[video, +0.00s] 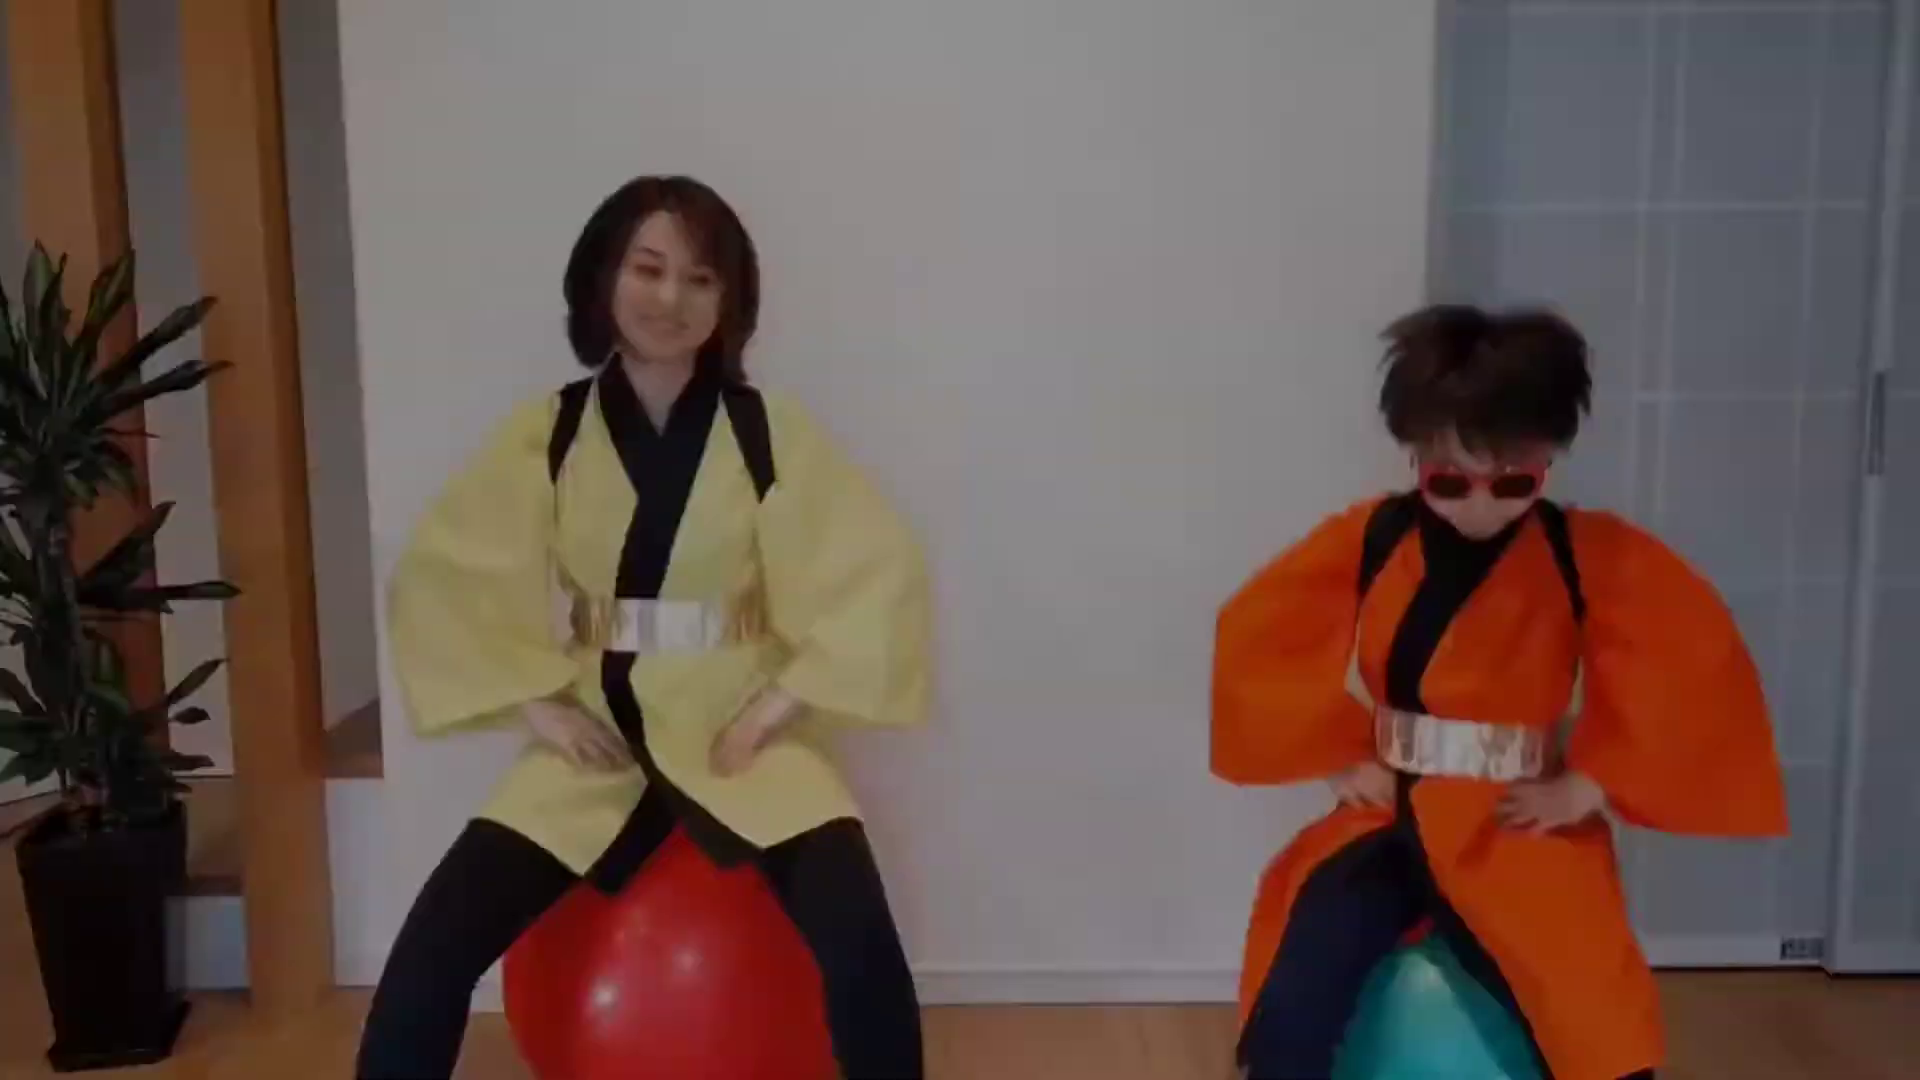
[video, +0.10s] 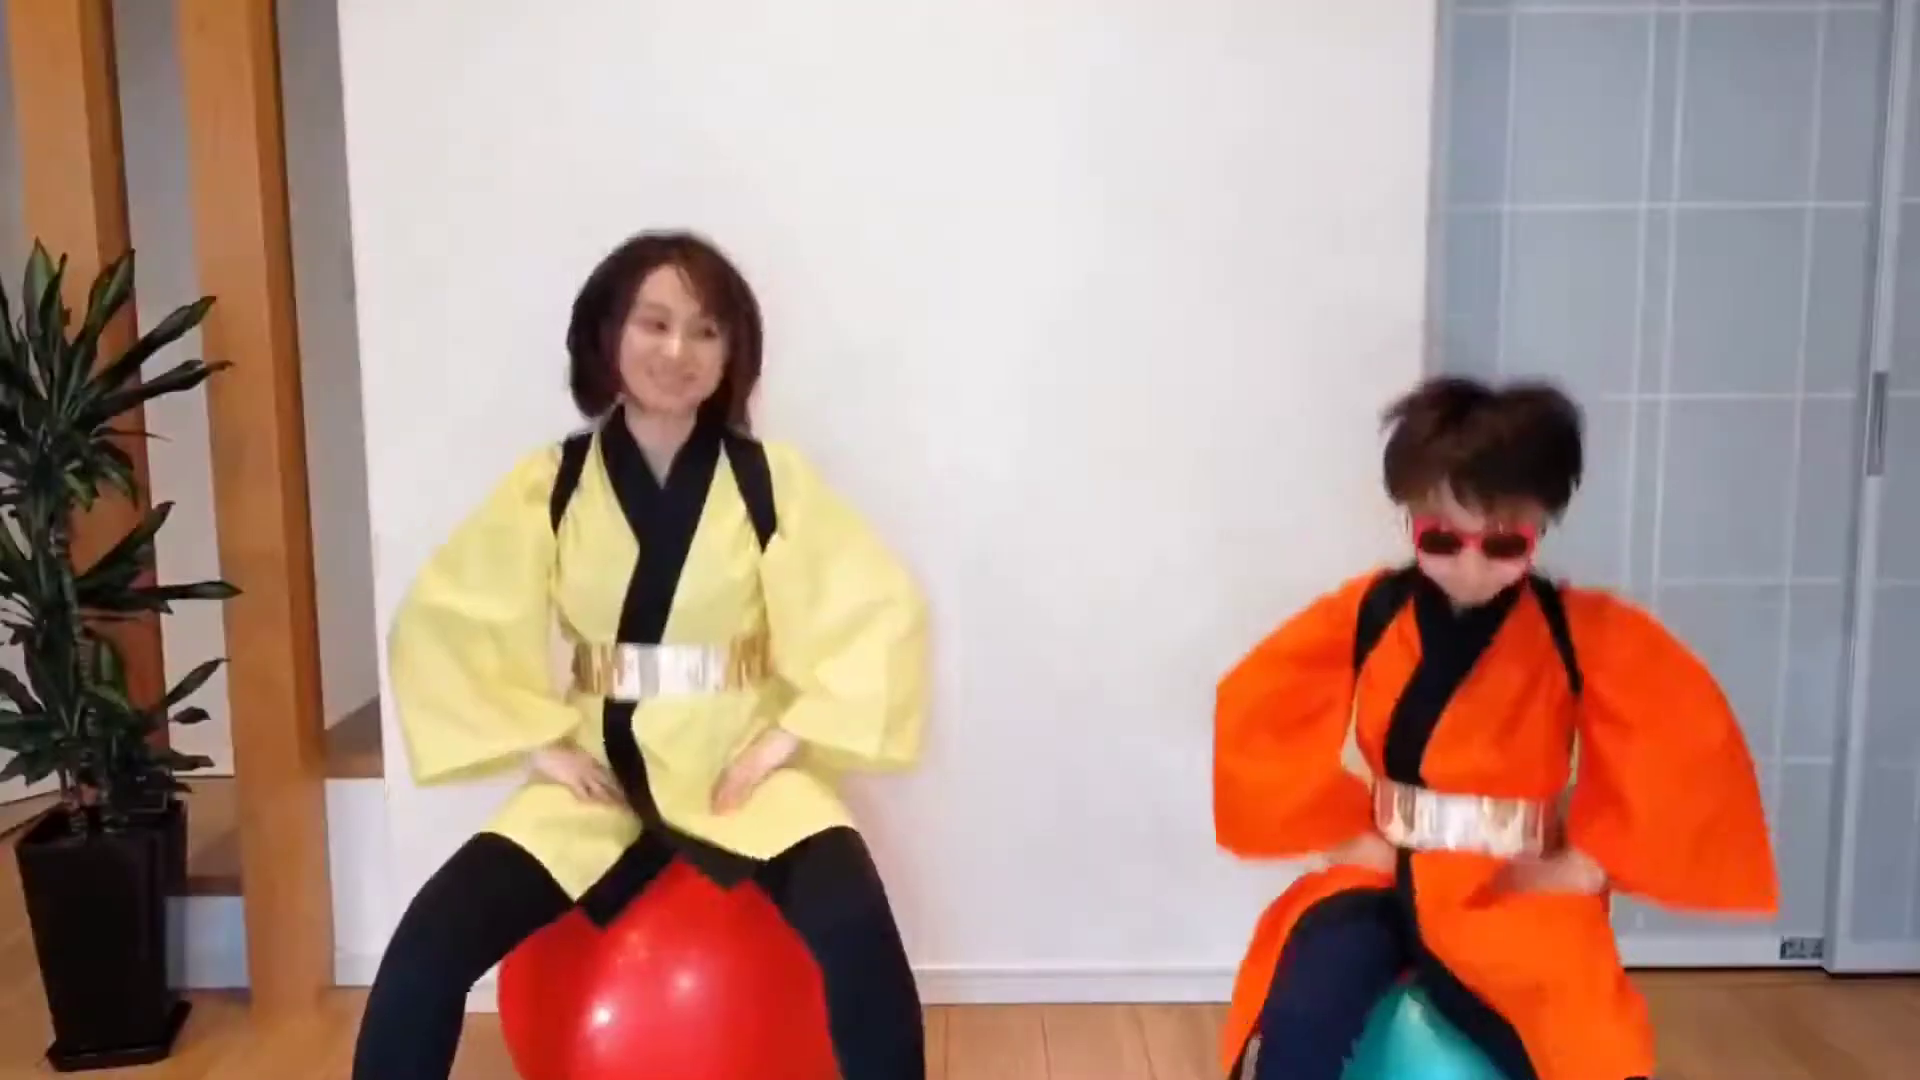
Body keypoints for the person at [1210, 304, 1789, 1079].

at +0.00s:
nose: (1478, 509)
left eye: (1511, 484)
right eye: (1448, 481)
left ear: (1552, 456)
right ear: (1411, 451)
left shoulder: (1592, 555)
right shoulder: (1370, 539)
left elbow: (1696, 670)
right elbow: (1255, 635)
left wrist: (1591, 782)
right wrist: (1338, 751)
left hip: (1524, 830)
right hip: (1385, 819)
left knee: (1601, 1009)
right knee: (1309, 945)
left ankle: (1614, 1070)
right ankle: (1276, 1064)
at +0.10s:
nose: (1471, 571)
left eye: (1505, 546)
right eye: (1441, 541)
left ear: (1544, 529)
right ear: (1408, 521)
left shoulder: (1583, 633)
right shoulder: (1373, 611)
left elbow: (1688, 750)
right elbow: (1253, 707)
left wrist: (1589, 863)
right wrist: (1339, 823)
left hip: (1511, 898)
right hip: (1378, 880)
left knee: (1585, 1048)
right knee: (1320, 968)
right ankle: (1284, 1061)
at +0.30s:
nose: (1458, 534)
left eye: (1490, 512)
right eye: (1429, 508)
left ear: (1535, 494)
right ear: (1398, 490)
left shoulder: (1582, 610)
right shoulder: (1371, 593)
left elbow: (1697, 743)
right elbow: (1258, 708)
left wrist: (1586, 858)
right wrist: (1344, 830)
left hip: (1521, 890)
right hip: (1384, 874)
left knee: (1600, 1054)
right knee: (1312, 1017)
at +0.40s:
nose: (1463, 464)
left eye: (1494, 440)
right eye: (1435, 438)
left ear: (1534, 429)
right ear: (1402, 426)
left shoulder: (1584, 539)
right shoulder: (1364, 533)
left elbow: (1702, 663)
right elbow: (1255, 646)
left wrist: (1600, 782)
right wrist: (1345, 760)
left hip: (1524, 831)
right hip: (1390, 822)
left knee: (1610, 1037)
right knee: (1316, 999)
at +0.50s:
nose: (1465, 459)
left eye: (1498, 434)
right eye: (1435, 431)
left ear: (1535, 432)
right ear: (1401, 427)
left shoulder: (1579, 544)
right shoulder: (1361, 539)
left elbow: (1693, 657)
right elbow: (1253, 653)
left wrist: (1600, 774)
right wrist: (1345, 762)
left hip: (1528, 828)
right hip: (1390, 823)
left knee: (1619, 1016)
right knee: (1314, 977)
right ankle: (1295, 1066)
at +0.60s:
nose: (1466, 520)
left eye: (1497, 499)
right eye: (1438, 496)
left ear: (1536, 502)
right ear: (1402, 496)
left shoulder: (1576, 623)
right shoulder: (1362, 612)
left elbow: (1684, 745)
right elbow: (1257, 721)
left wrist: (1584, 860)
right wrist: (1351, 830)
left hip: (1516, 897)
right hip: (1385, 884)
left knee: (1595, 1041)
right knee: (1338, 958)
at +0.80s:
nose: (1464, 518)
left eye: (1497, 497)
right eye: (1437, 490)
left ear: (1536, 496)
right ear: (1403, 481)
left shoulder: (1578, 615)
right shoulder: (1365, 603)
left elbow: (1692, 748)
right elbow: (1262, 728)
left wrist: (1585, 861)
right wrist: (1352, 828)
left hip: (1522, 894)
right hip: (1390, 882)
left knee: (1565, 1055)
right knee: (1313, 1025)